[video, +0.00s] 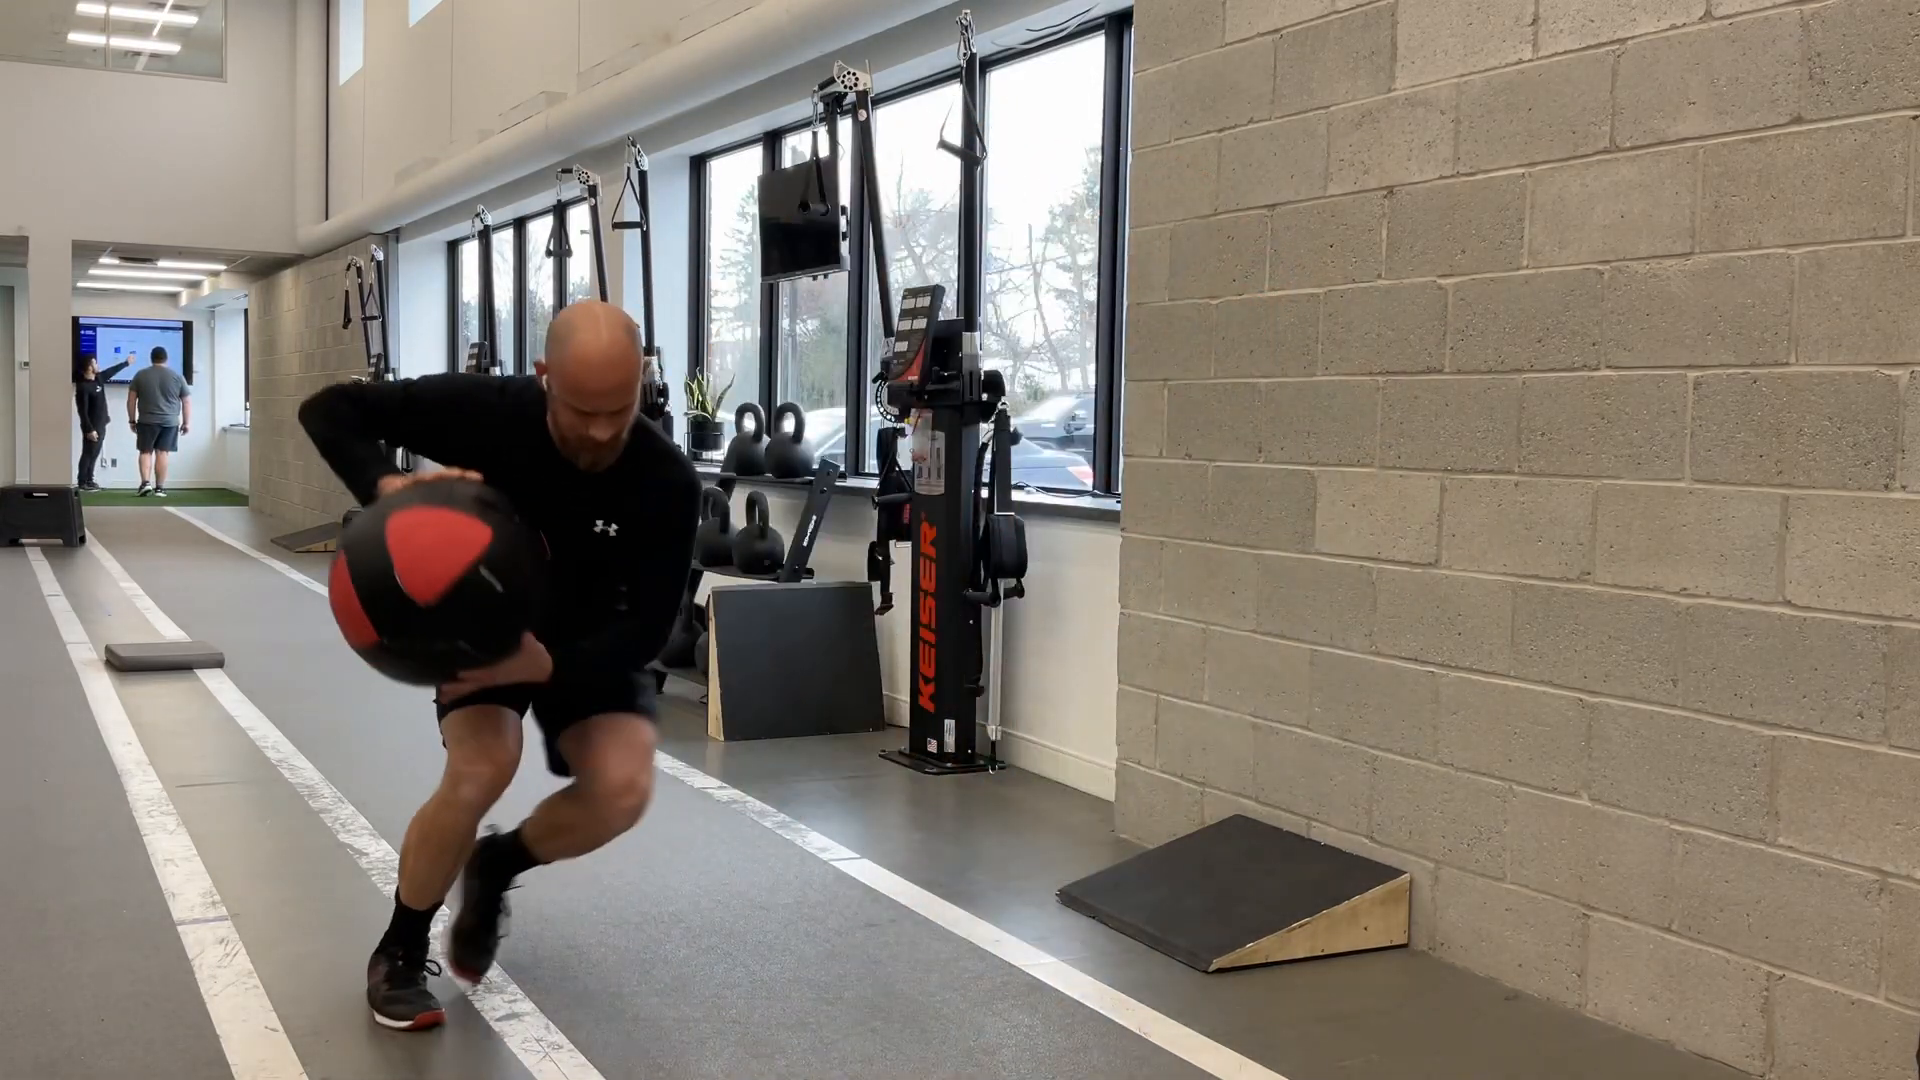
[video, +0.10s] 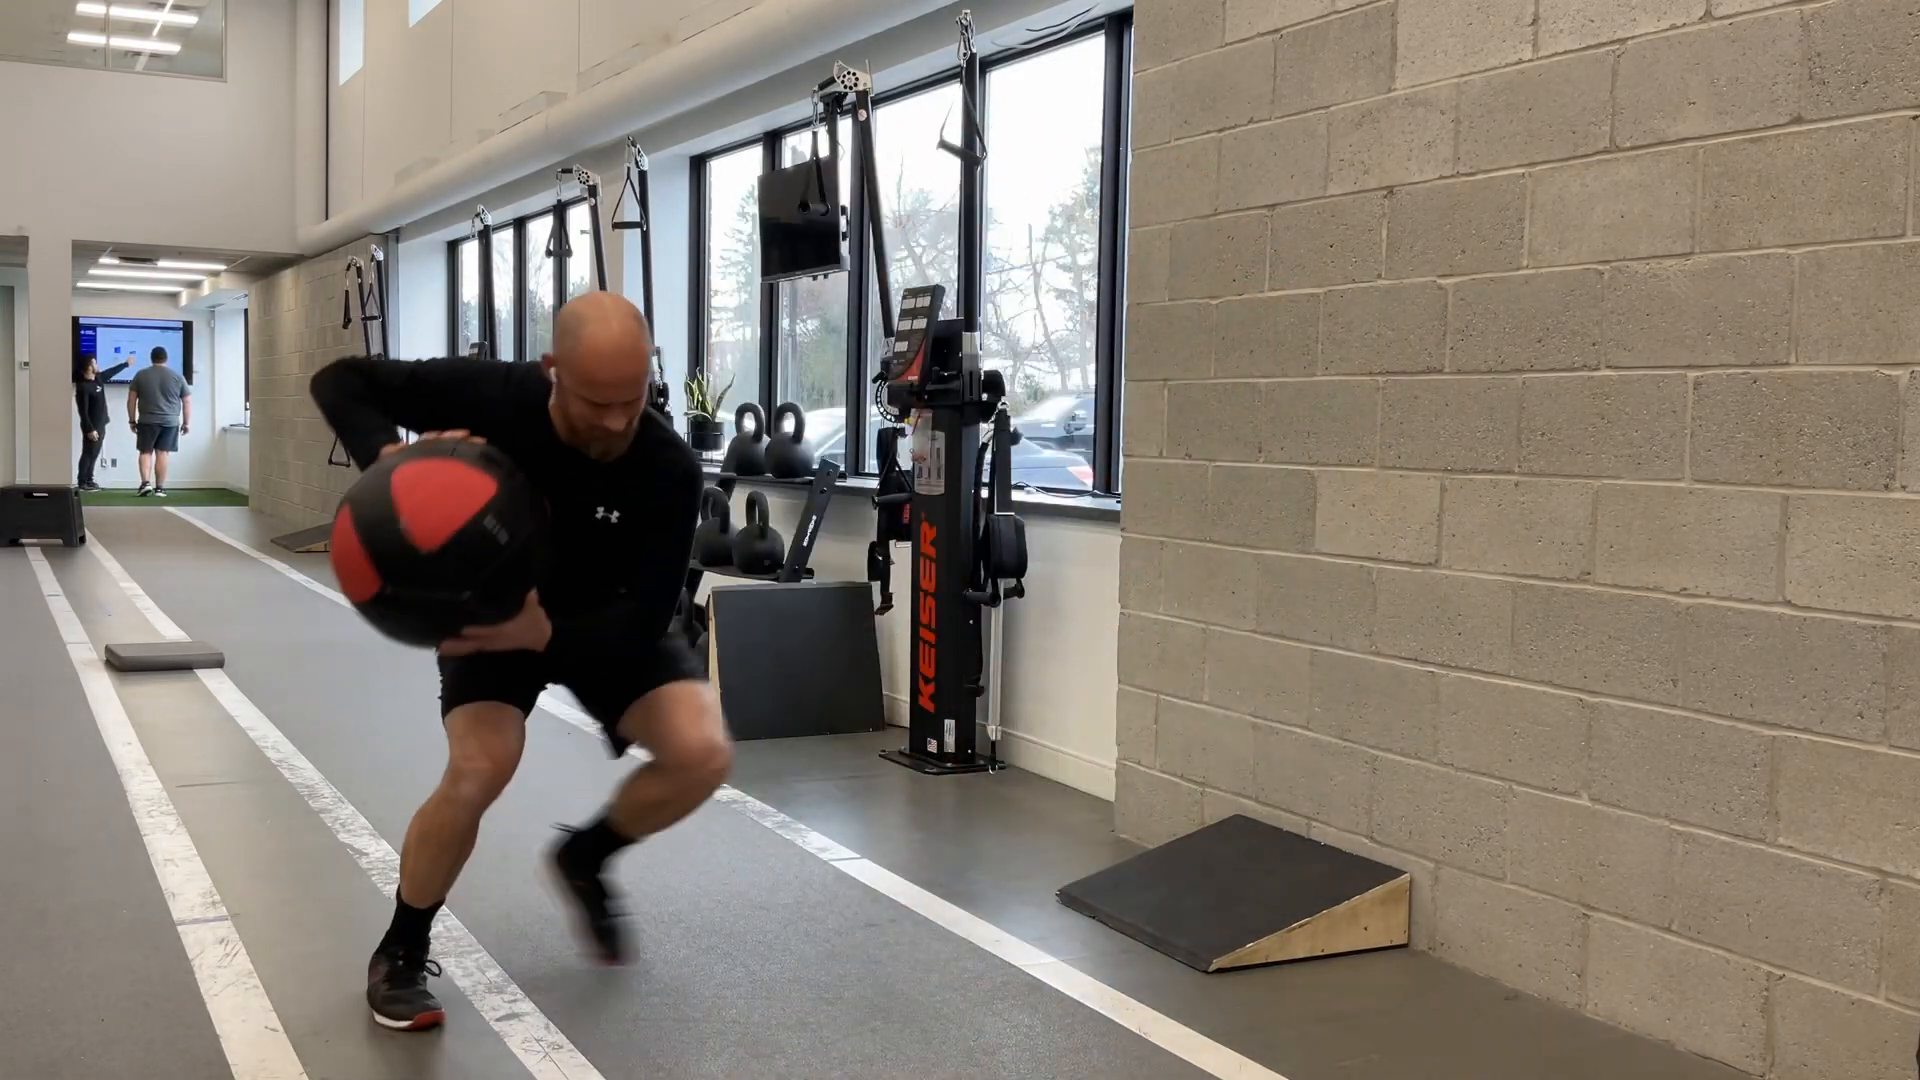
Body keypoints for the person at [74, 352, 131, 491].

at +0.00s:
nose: (97, 365)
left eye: (96, 363)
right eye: (94, 363)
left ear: (92, 366)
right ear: (89, 366)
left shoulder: (99, 378)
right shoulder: (83, 386)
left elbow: (112, 371)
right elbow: (83, 411)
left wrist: (126, 363)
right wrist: (89, 429)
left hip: (101, 422)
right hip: (91, 424)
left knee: (95, 454)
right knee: (88, 454)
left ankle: (89, 480)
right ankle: (83, 481)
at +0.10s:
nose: (97, 365)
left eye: (96, 363)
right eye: (94, 363)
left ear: (91, 366)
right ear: (89, 366)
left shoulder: (99, 378)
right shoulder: (83, 386)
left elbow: (111, 371)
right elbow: (83, 411)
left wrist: (126, 364)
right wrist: (90, 429)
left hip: (101, 423)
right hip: (91, 424)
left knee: (94, 454)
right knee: (88, 454)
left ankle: (89, 480)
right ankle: (83, 481)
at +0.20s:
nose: (97, 365)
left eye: (96, 363)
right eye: (94, 363)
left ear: (91, 366)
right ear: (89, 366)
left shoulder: (98, 378)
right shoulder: (83, 386)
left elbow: (111, 373)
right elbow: (83, 410)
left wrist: (126, 367)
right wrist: (89, 429)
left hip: (101, 422)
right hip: (91, 424)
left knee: (94, 454)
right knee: (88, 454)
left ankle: (89, 480)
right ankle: (83, 481)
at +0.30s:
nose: (96, 365)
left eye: (96, 363)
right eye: (94, 363)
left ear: (92, 366)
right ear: (89, 366)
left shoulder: (97, 379)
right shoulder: (83, 386)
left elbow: (110, 375)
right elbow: (83, 411)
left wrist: (126, 370)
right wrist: (89, 429)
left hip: (100, 423)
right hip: (91, 425)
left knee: (94, 454)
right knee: (88, 454)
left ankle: (89, 480)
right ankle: (83, 481)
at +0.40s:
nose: (97, 365)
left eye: (95, 363)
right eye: (94, 363)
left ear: (92, 366)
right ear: (89, 366)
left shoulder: (98, 379)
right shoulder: (83, 385)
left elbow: (111, 375)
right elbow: (83, 410)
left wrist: (126, 369)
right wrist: (88, 429)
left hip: (100, 423)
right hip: (91, 425)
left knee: (93, 454)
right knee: (87, 454)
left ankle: (89, 480)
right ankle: (83, 481)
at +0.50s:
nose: (96, 365)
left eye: (95, 363)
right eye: (94, 363)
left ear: (92, 365)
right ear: (89, 366)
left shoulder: (98, 379)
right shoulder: (83, 385)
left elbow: (111, 374)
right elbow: (82, 410)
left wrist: (126, 368)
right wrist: (87, 429)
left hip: (99, 423)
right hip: (90, 424)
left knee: (93, 454)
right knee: (87, 453)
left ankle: (89, 480)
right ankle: (83, 481)